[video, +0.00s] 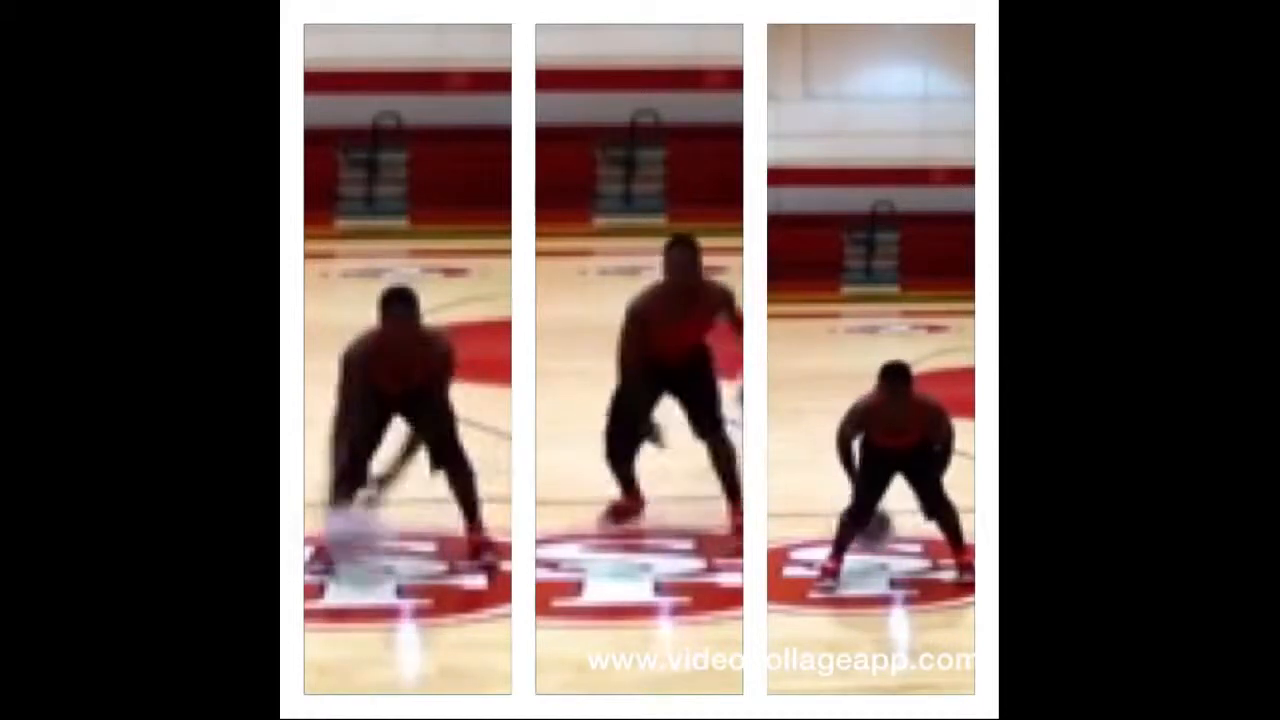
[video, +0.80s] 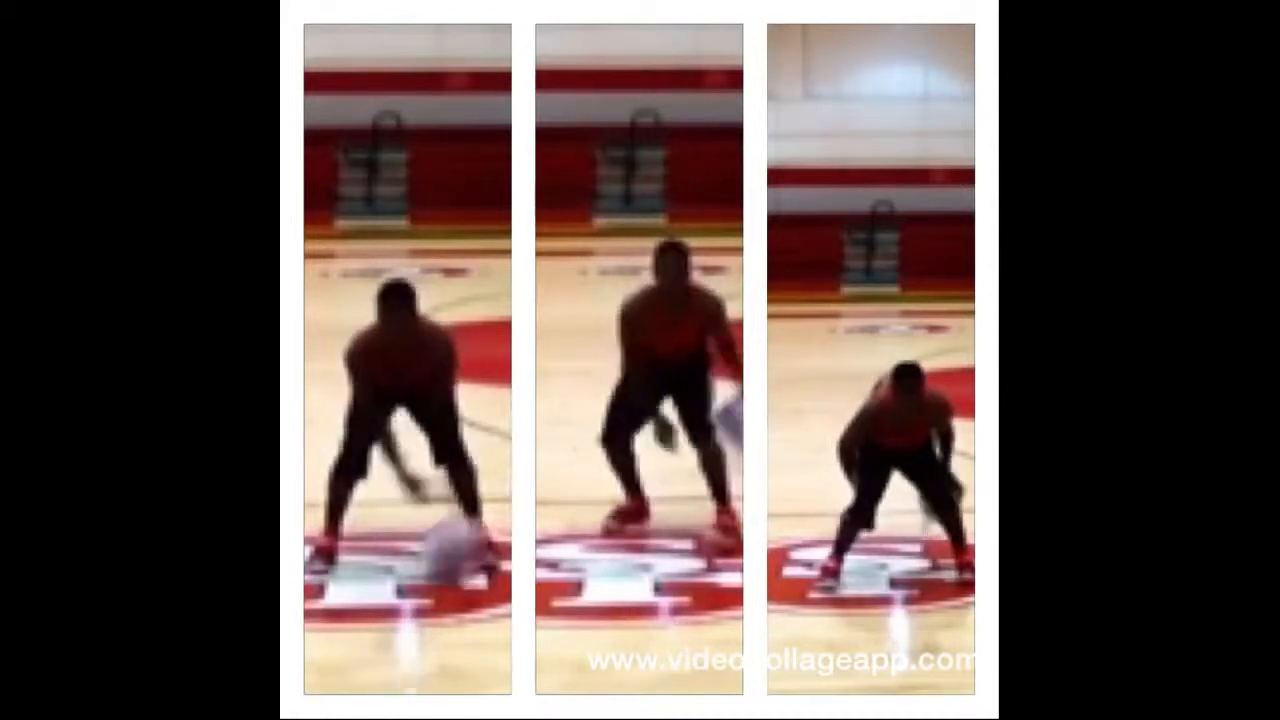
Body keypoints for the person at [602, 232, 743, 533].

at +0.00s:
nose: (681, 273)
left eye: (687, 265)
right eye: (674, 265)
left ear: (698, 265)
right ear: (665, 266)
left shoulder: (714, 298)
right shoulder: (644, 308)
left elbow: (742, 338)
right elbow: (630, 370)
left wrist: (746, 384)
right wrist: (642, 416)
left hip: (692, 366)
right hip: (647, 369)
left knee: (713, 433)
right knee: (618, 441)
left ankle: (737, 508)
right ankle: (632, 498)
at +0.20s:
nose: (678, 272)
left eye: (684, 264)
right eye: (671, 264)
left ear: (695, 265)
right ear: (661, 266)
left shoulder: (716, 300)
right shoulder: (643, 308)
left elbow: (740, 345)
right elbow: (619, 360)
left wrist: (748, 387)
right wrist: (620, 413)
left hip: (701, 364)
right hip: (657, 369)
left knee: (738, 426)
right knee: (648, 437)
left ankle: (719, 483)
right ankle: (638, 515)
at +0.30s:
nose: (676, 285)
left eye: (682, 277)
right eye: (670, 277)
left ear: (692, 278)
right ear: (659, 279)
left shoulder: (713, 316)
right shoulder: (642, 321)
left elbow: (717, 374)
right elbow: (632, 377)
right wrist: (635, 424)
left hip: (704, 383)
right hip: (663, 386)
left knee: (744, 432)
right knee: (660, 445)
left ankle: (718, 484)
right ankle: (646, 516)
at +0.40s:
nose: (667, 279)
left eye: (674, 272)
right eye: (661, 272)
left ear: (687, 272)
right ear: (654, 272)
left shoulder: (710, 308)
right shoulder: (643, 309)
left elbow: (715, 369)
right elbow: (622, 355)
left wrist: (697, 416)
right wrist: (599, 402)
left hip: (705, 373)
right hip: (663, 374)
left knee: (734, 445)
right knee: (653, 442)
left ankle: (716, 487)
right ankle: (641, 517)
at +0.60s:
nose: (665, 275)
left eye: (672, 267)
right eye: (660, 267)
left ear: (683, 268)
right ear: (651, 267)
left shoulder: (704, 303)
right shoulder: (631, 300)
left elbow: (728, 351)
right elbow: (604, 338)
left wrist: (732, 395)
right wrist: (591, 381)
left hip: (696, 363)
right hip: (652, 360)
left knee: (707, 423)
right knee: (626, 427)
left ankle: (739, 491)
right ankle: (636, 500)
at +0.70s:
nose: (670, 282)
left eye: (676, 274)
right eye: (664, 274)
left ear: (685, 275)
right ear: (653, 275)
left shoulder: (702, 313)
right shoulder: (632, 313)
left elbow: (722, 367)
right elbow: (633, 371)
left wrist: (718, 411)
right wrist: (650, 420)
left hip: (691, 379)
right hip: (648, 377)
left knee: (704, 439)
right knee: (610, 431)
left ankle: (723, 509)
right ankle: (635, 501)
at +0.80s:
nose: (673, 280)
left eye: (678, 272)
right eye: (665, 273)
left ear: (688, 272)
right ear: (655, 273)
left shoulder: (706, 305)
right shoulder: (635, 311)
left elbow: (726, 348)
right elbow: (634, 373)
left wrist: (743, 385)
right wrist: (654, 416)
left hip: (690, 375)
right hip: (647, 375)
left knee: (703, 436)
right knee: (614, 438)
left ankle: (723, 509)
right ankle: (636, 502)